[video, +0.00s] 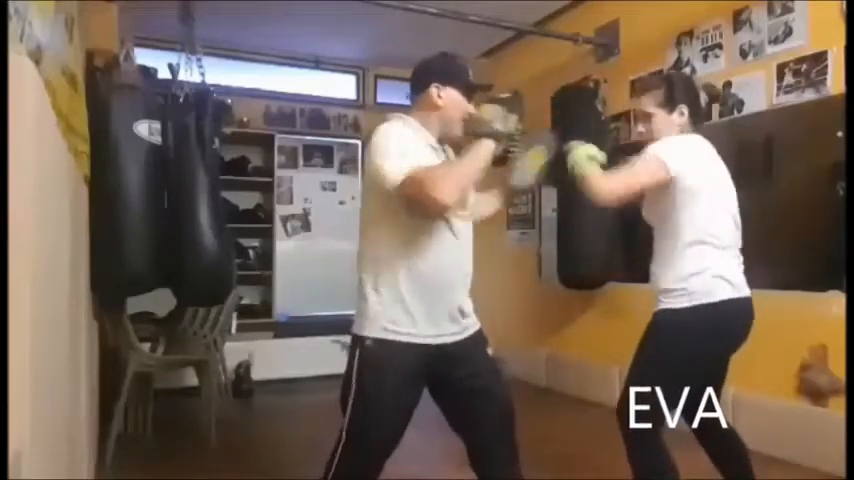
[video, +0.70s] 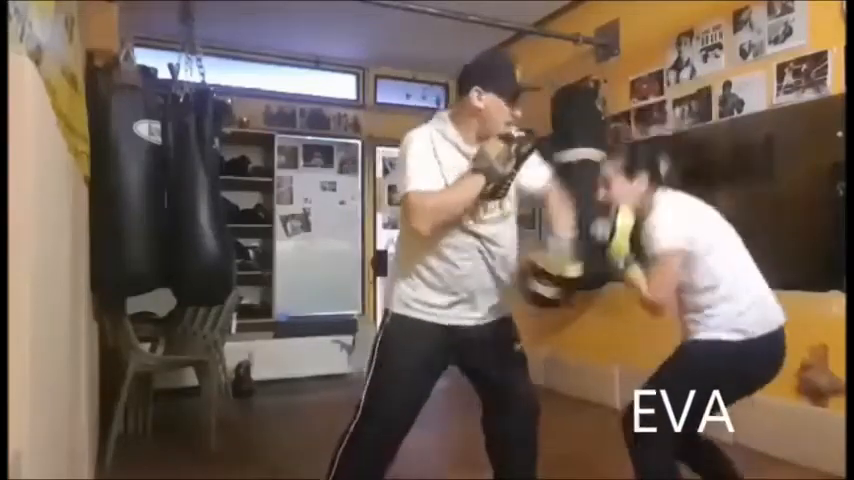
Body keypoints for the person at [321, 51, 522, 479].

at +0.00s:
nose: (472, 109)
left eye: (471, 99)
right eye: (465, 96)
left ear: (439, 96)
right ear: (437, 94)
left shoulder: (444, 152)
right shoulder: (392, 135)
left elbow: (463, 206)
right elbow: (435, 195)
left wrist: (508, 184)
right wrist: (488, 142)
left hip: (456, 333)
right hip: (391, 338)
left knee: (496, 436)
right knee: (360, 458)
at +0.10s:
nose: (481, 110)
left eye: (480, 100)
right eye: (475, 98)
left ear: (448, 97)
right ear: (447, 94)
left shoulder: (450, 145)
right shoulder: (415, 133)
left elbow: (473, 204)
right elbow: (492, 181)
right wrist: (529, 139)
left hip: (462, 328)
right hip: (403, 331)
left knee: (503, 427)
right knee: (367, 452)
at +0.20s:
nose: (492, 104)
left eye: (490, 93)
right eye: (485, 92)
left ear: (458, 93)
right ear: (458, 91)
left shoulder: (463, 144)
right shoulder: (429, 131)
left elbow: (460, 231)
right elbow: (515, 171)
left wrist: (514, 248)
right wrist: (543, 117)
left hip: (473, 324)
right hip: (418, 324)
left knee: (511, 426)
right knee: (372, 447)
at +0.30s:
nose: (507, 92)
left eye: (506, 83)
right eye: (499, 80)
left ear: (473, 87)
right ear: (472, 85)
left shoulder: (492, 147)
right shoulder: (434, 125)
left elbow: (522, 189)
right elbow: (470, 180)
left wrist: (580, 185)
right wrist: (519, 120)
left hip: (487, 322)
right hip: (421, 318)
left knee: (513, 438)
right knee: (371, 445)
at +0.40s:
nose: (528, 97)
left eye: (526, 87)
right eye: (518, 86)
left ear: (494, 90)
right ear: (488, 88)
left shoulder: (531, 142)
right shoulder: (441, 130)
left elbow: (587, 133)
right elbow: (443, 194)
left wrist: (632, 131)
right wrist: (504, 148)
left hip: (490, 321)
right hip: (420, 316)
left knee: (513, 441)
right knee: (375, 445)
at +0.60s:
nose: (528, 108)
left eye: (528, 98)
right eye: (520, 97)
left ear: (492, 99)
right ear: (487, 98)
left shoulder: (524, 137)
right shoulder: (435, 138)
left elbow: (596, 153)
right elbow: (429, 215)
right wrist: (490, 166)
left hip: (491, 318)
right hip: (421, 315)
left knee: (517, 422)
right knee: (380, 430)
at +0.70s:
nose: (517, 113)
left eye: (517, 102)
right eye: (509, 100)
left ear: (483, 99)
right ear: (478, 98)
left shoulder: (508, 145)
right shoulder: (424, 141)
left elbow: (555, 193)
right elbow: (423, 219)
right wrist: (485, 171)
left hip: (488, 319)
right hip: (419, 319)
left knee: (518, 418)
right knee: (377, 430)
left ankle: (516, 479)